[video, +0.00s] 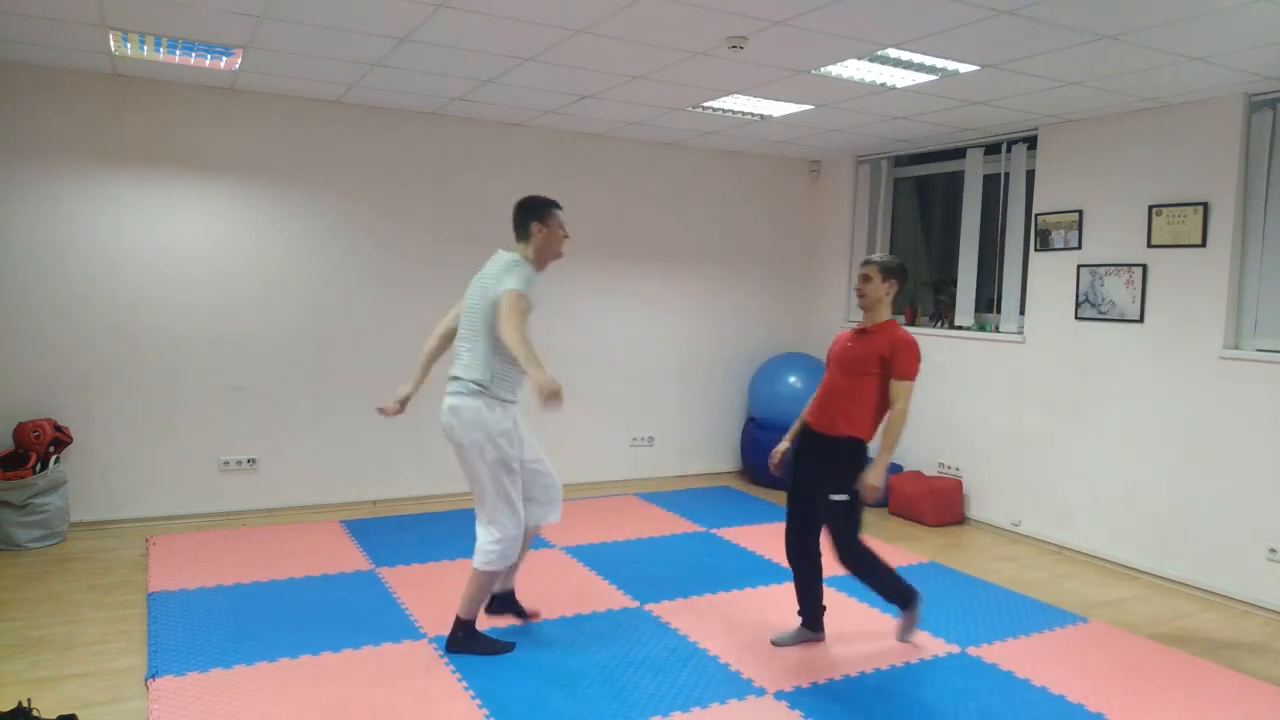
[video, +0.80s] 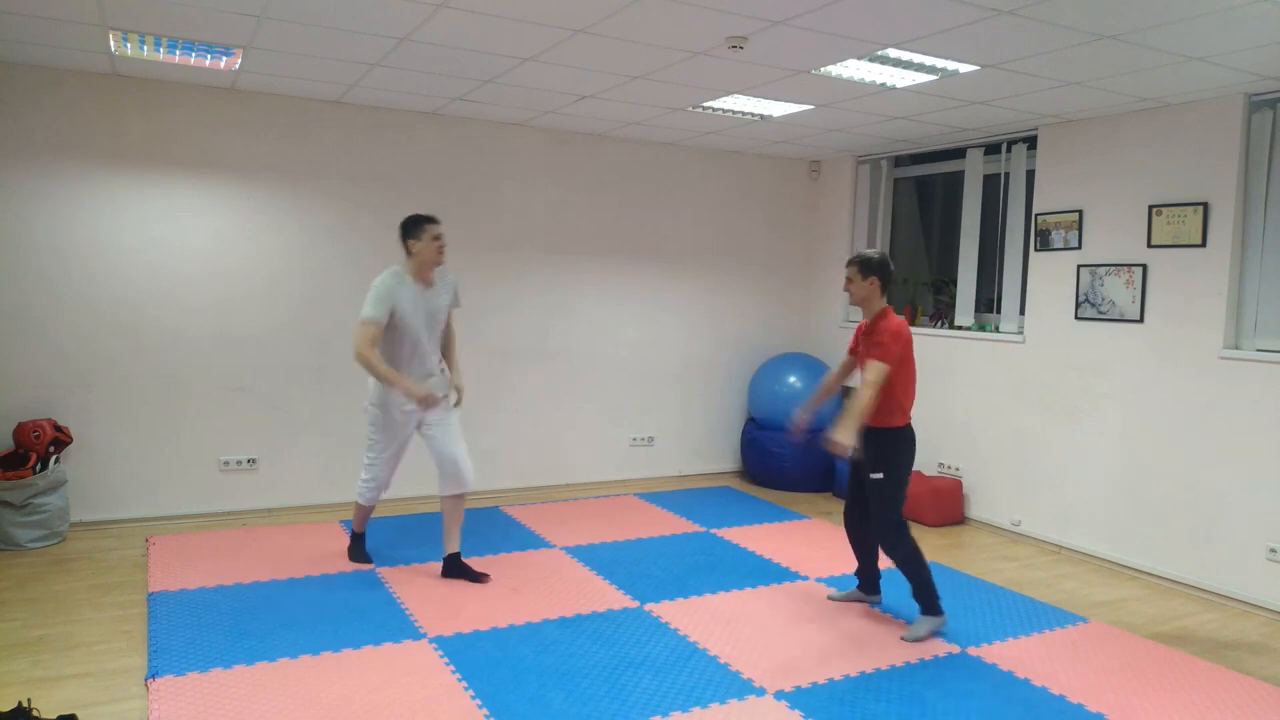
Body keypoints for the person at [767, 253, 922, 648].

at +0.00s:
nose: (857, 286)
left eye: (866, 280)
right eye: (857, 280)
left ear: (890, 287)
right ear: (862, 286)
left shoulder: (900, 342)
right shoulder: (847, 336)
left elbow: (899, 409)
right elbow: (823, 394)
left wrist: (880, 466)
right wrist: (789, 438)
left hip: (845, 452)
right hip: (809, 444)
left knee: (847, 548)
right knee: (799, 542)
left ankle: (908, 600)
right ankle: (811, 625)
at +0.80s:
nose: (845, 287)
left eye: (850, 281)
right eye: (846, 281)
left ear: (873, 284)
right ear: (868, 285)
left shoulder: (892, 329)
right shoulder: (866, 328)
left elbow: (871, 386)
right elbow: (839, 374)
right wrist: (807, 410)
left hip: (892, 440)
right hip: (868, 437)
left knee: (887, 525)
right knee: (856, 518)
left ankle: (932, 612)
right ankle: (868, 587)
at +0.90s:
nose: (840, 289)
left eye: (845, 282)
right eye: (840, 282)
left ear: (868, 284)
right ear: (864, 286)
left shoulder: (888, 327)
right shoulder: (861, 326)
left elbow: (843, 365)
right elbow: (824, 358)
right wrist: (776, 377)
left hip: (895, 436)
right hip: (871, 433)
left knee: (874, 518)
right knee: (856, 515)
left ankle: (913, 603)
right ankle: (868, 588)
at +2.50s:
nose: (858, 287)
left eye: (866, 280)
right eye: (853, 280)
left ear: (884, 280)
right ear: (848, 281)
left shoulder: (898, 322)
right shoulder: (855, 323)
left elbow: (933, 371)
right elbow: (859, 368)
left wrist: (880, 384)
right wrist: (844, 381)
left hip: (886, 429)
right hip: (859, 427)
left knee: (866, 517)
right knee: (856, 514)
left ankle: (872, 592)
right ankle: (869, 584)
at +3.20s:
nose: (939, 293)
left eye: (948, 284)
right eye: (932, 283)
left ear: (958, 283)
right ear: (916, 278)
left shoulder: (974, 329)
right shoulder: (893, 324)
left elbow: (997, 387)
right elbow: (866, 370)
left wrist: (959, 424)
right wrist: (874, 416)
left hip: (944, 455)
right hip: (895, 450)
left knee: (936, 550)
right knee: (881, 539)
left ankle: (921, 630)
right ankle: (882, 611)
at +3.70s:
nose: (979, 297)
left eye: (987, 287)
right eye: (970, 286)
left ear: (996, 285)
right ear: (948, 280)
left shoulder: (1007, 332)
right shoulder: (916, 333)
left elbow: (1024, 399)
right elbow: (885, 399)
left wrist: (1008, 450)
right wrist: (927, 448)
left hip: (990, 486)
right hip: (932, 483)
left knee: (1003, 592)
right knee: (926, 595)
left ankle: (962, 658)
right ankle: (920, 690)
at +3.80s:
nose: (997, 295)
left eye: (1005, 286)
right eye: (987, 284)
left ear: (1012, 284)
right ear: (964, 278)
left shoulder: (1020, 334)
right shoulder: (928, 331)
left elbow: (1034, 403)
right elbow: (901, 401)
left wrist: (1020, 454)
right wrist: (946, 453)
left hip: (1004, 492)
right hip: (942, 489)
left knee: (1019, 606)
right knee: (928, 598)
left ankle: (1012, 706)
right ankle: (921, 691)